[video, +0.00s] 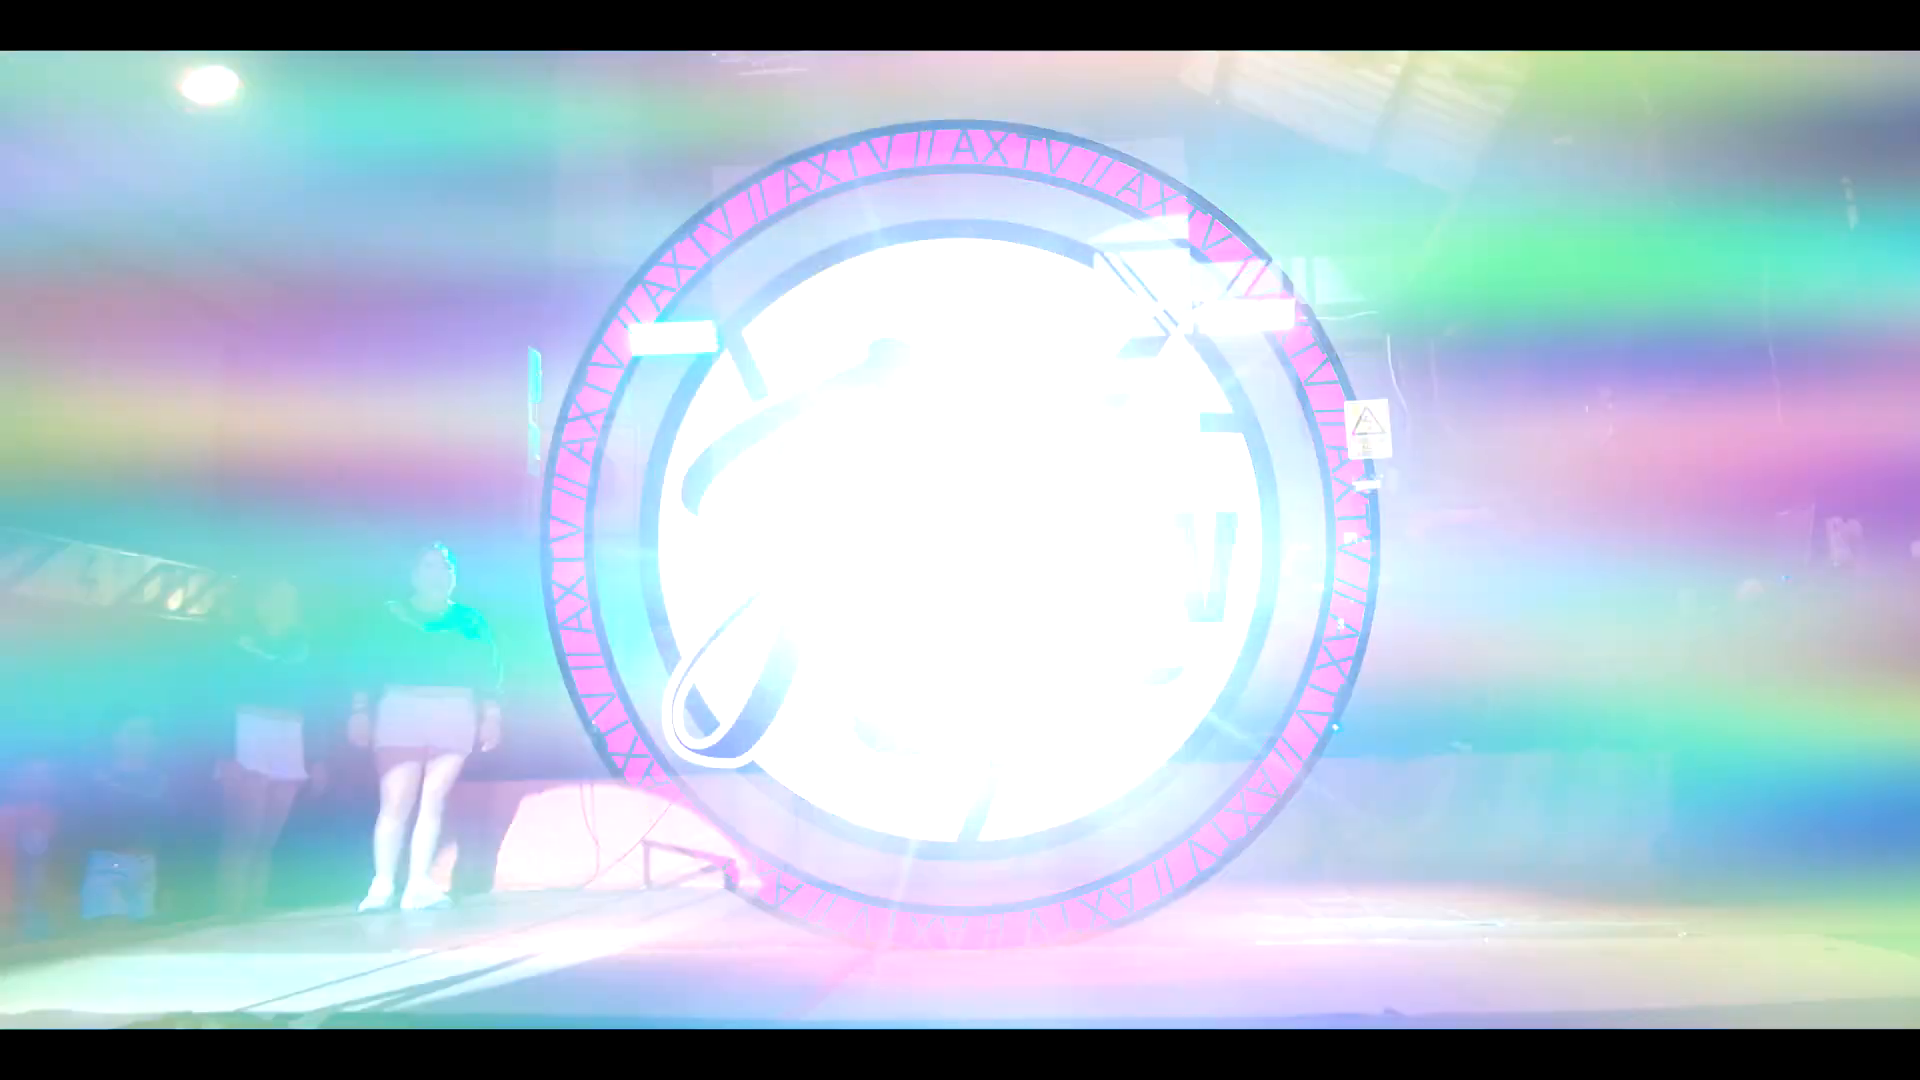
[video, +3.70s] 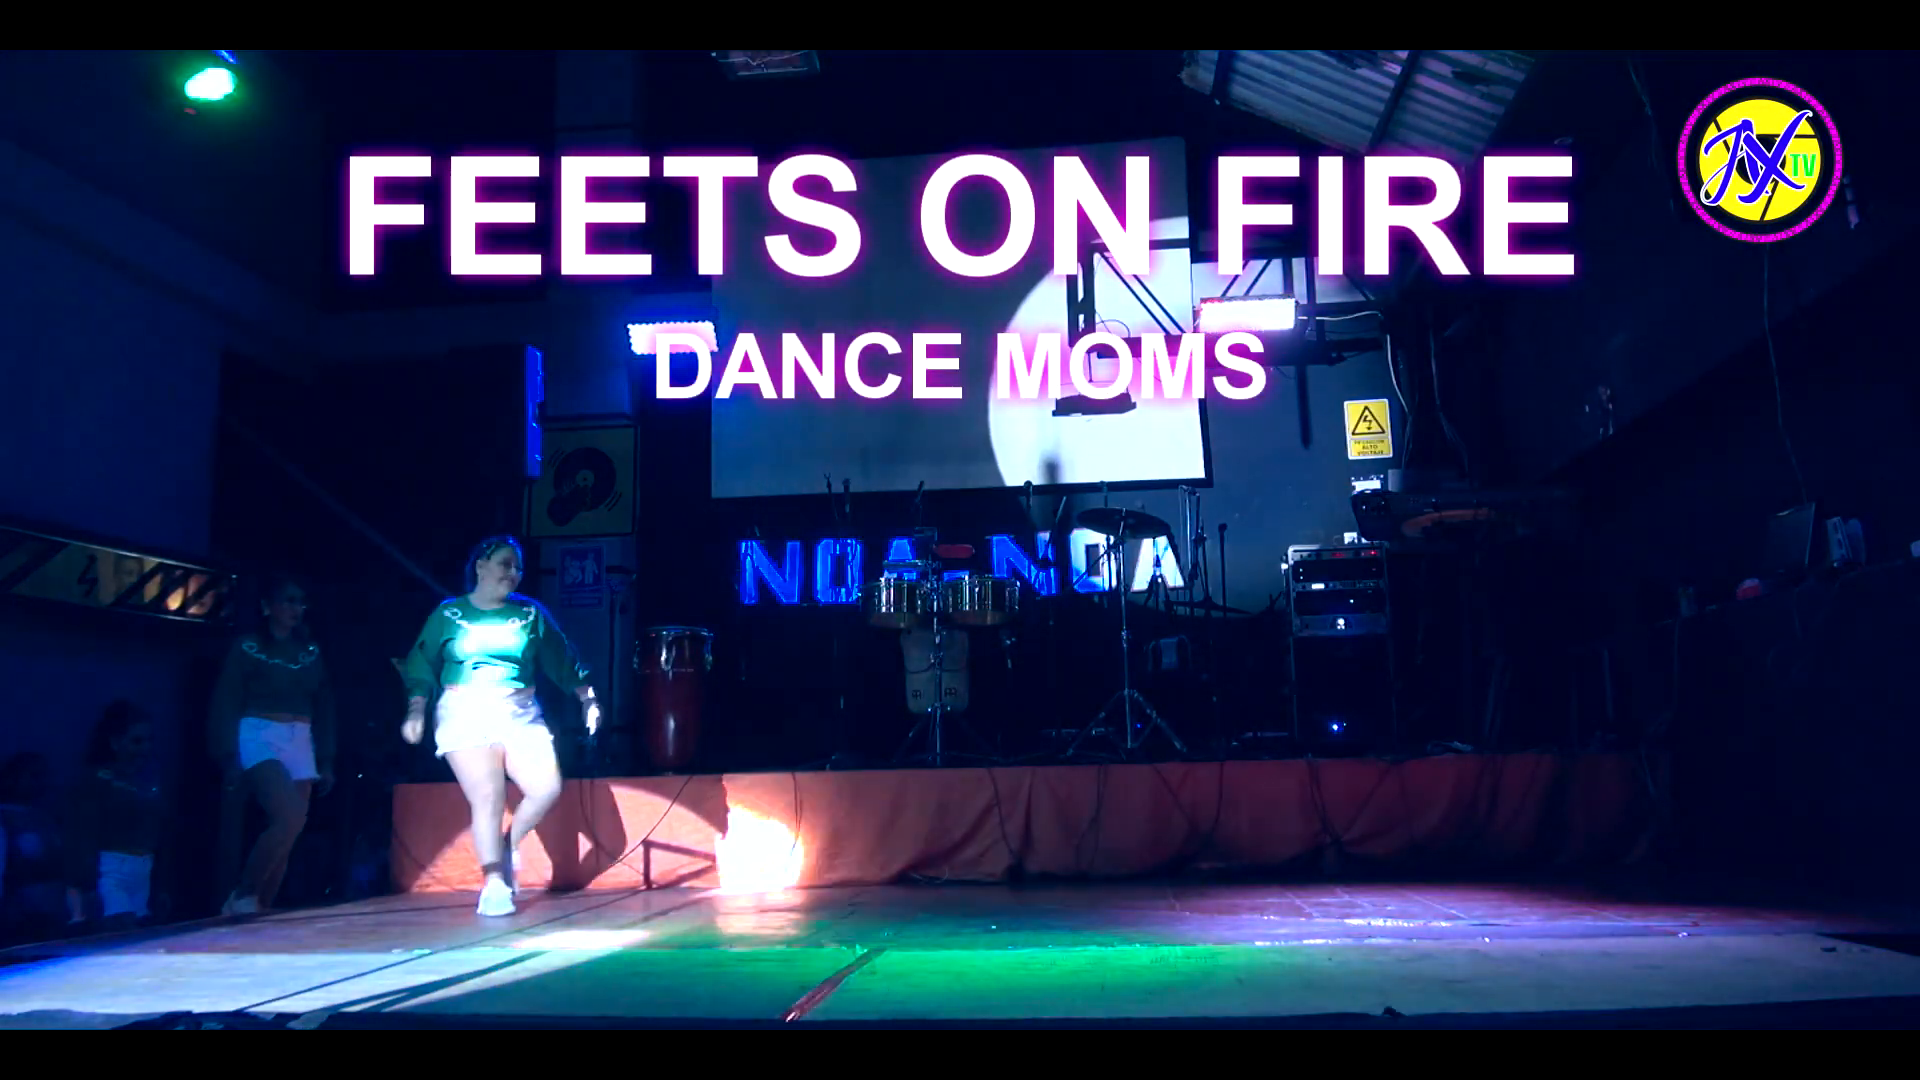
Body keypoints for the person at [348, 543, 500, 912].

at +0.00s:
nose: (436, 576)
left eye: (443, 568)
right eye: (428, 568)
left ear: (454, 575)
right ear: (414, 574)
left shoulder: (470, 621)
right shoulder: (389, 615)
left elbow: (489, 671)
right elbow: (366, 662)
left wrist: (491, 715)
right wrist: (360, 710)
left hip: (455, 714)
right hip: (399, 712)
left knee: (433, 802)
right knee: (395, 802)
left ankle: (419, 884)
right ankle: (382, 884)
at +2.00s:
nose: (438, 573)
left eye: (446, 568)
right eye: (431, 566)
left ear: (455, 575)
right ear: (418, 572)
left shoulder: (476, 617)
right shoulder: (397, 613)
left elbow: (496, 665)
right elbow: (370, 661)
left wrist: (505, 709)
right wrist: (360, 711)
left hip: (457, 715)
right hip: (403, 712)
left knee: (435, 803)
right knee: (396, 802)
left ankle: (418, 884)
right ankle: (383, 884)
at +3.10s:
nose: (469, 578)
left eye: (475, 572)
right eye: (460, 570)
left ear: (482, 579)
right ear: (443, 574)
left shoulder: (484, 620)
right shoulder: (426, 615)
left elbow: (494, 675)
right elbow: (403, 662)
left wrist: (514, 711)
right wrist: (396, 710)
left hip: (474, 722)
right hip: (430, 713)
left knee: (441, 803)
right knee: (458, 783)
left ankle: (419, 884)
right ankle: (411, 850)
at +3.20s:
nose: (473, 574)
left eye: (479, 568)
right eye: (465, 568)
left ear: (486, 574)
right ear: (447, 572)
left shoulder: (491, 616)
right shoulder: (431, 611)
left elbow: (506, 669)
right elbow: (396, 655)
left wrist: (537, 696)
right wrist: (379, 703)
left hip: (475, 717)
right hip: (432, 708)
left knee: (437, 802)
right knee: (473, 774)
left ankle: (417, 884)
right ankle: (451, 861)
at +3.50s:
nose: (489, 575)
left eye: (495, 569)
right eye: (481, 567)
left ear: (502, 574)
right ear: (462, 570)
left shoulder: (517, 614)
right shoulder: (440, 613)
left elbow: (553, 650)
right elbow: (402, 657)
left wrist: (588, 674)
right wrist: (376, 706)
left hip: (497, 719)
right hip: (449, 711)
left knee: (458, 803)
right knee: (476, 792)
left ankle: (418, 878)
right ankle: (490, 881)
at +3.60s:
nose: (498, 574)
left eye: (504, 567)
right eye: (491, 566)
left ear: (509, 573)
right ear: (469, 567)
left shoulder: (524, 612)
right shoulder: (442, 614)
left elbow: (560, 650)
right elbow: (410, 658)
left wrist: (591, 685)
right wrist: (393, 708)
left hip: (510, 713)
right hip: (457, 711)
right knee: (482, 794)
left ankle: (454, 855)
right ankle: (492, 883)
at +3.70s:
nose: (511, 572)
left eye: (515, 566)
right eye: (503, 564)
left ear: (519, 573)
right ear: (480, 566)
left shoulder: (531, 615)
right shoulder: (449, 615)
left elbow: (562, 660)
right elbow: (421, 664)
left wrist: (586, 696)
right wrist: (416, 709)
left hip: (520, 713)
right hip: (464, 714)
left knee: (546, 788)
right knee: (487, 795)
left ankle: (510, 841)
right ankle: (493, 882)